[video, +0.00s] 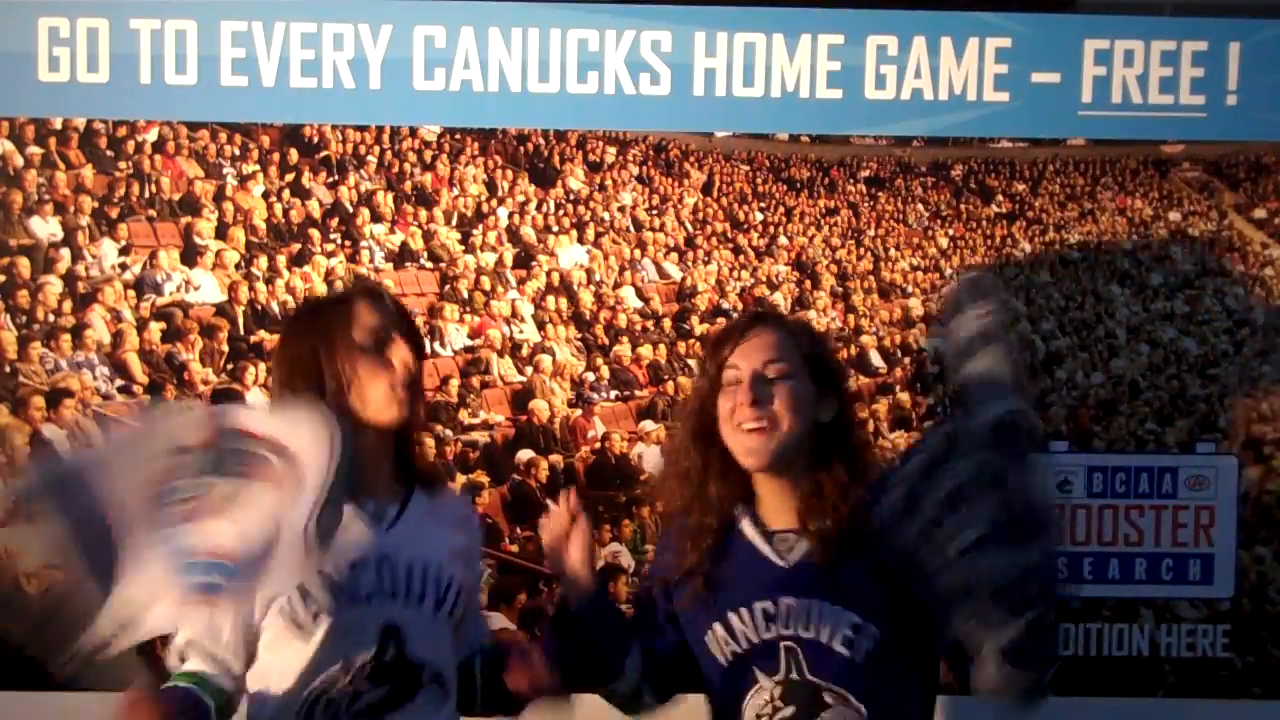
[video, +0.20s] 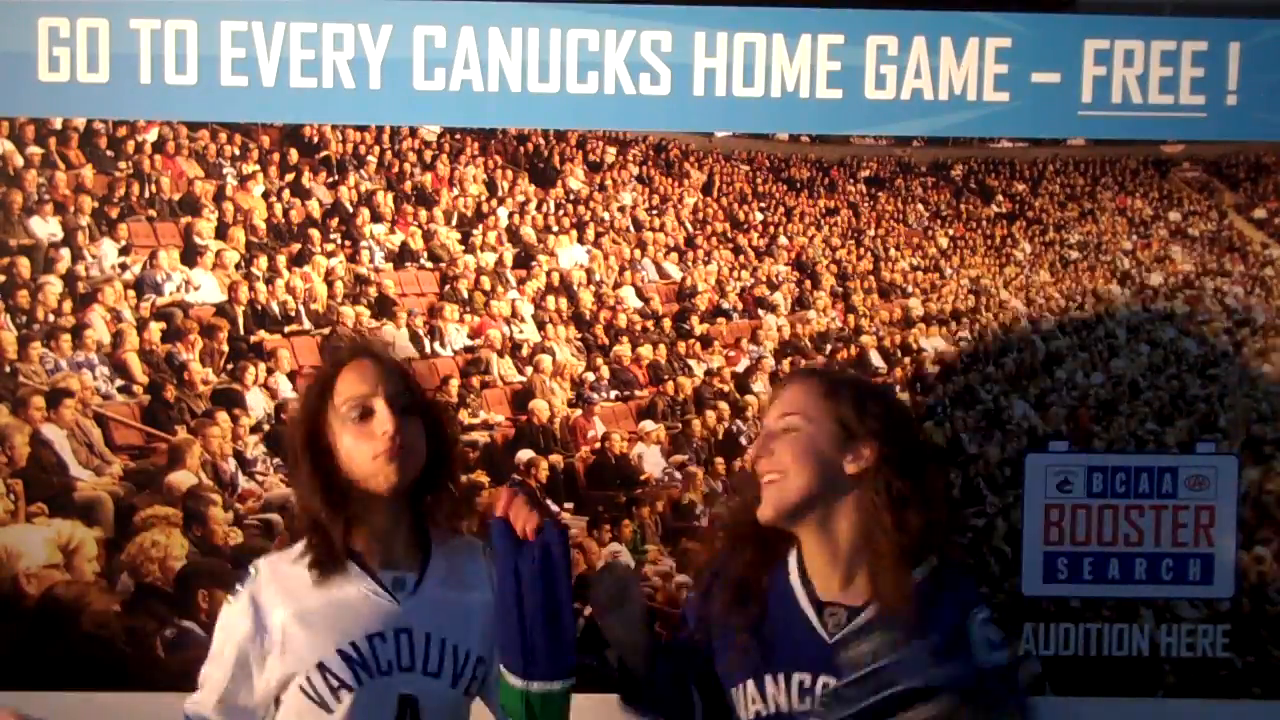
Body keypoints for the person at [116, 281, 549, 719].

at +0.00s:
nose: (407, 359)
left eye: (406, 339)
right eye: (376, 344)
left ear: (419, 354)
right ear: (321, 368)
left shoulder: (453, 519)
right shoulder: (272, 504)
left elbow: (460, 660)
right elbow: (211, 661)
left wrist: (505, 672)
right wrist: (181, 698)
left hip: (418, 716)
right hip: (284, 712)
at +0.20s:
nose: (392, 427)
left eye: (403, 406)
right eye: (362, 413)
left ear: (425, 427)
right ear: (323, 444)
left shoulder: (482, 574)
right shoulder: (269, 596)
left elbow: (528, 710)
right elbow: (213, 713)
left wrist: (532, 554)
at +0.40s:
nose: (412, 413)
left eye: (429, 392)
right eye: (386, 388)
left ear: (447, 419)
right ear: (335, 409)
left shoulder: (458, 558)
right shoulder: (253, 551)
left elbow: (485, 709)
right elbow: (204, 709)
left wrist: (566, 603)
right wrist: (82, 718)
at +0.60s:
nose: (407, 425)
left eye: (414, 403)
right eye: (380, 402)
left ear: (424, 416)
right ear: (327, 413)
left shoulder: (424, 561)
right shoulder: (231, 559)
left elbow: (445, 699)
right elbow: (172, 708)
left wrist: (516, 627)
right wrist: (212, 701)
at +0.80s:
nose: (392, 410)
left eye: (393, 390)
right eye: (365, 396)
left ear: (403, 395)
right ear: (305, 415)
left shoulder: (426, 540)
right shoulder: (233, 563)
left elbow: (476, 698)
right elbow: (190, 709)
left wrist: (543, 571)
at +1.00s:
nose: (354, 438)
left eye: (360, 410)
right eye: (322, 431)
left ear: (393, 409)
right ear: (299, 457)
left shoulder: (475, 553)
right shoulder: (264, 563)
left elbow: (504, 710)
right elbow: (223, 707)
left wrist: (529, 585)